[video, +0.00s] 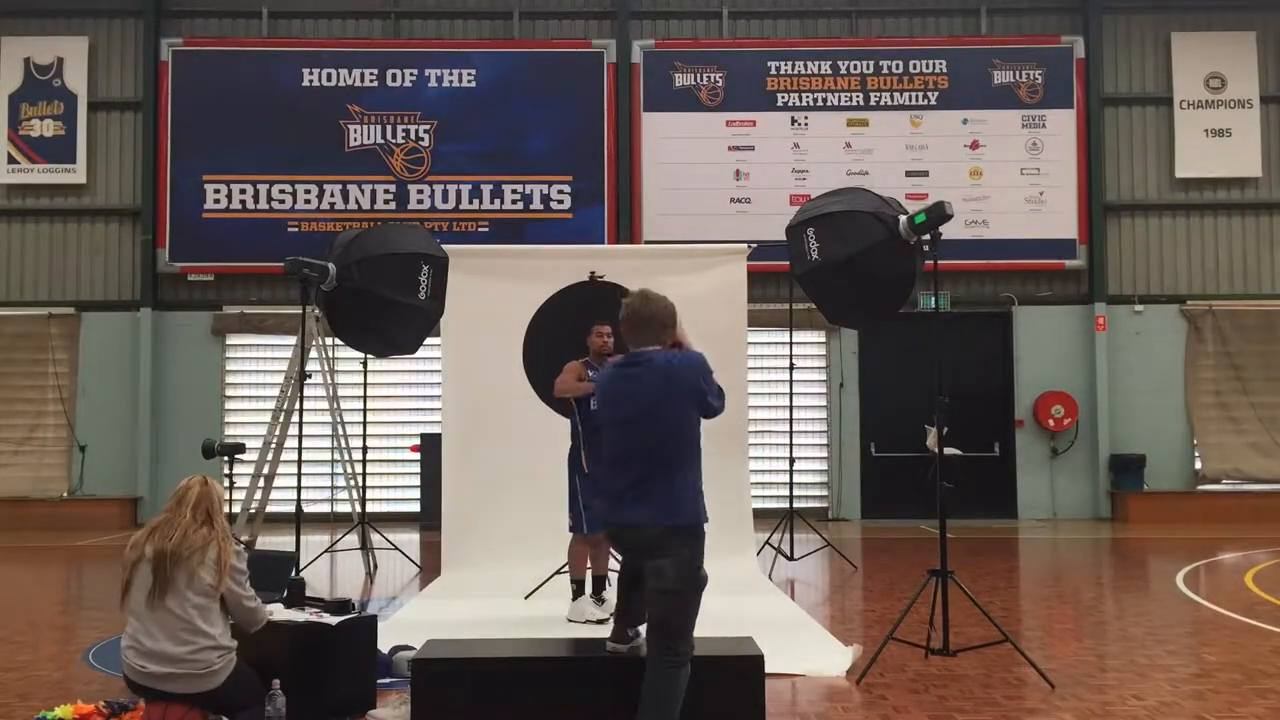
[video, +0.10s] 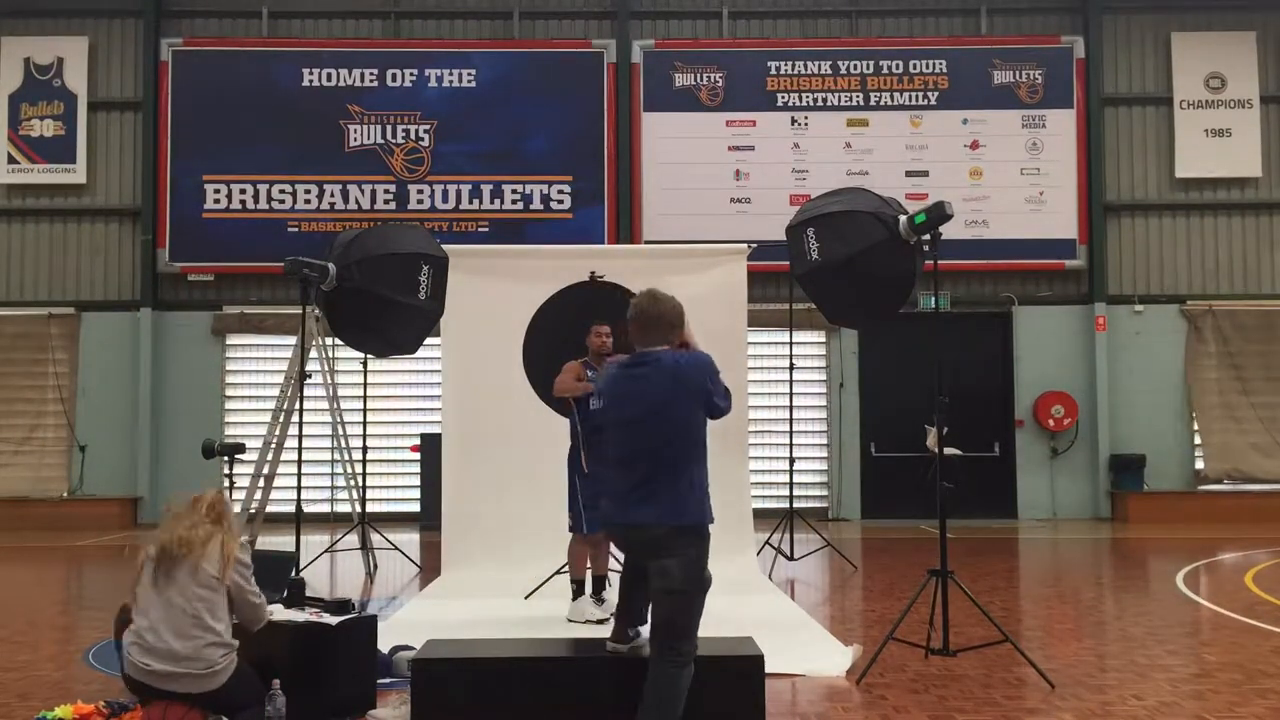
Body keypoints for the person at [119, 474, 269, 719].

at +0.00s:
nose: (224, 513)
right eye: (222, 507)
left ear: (175, 504)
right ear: (216, 510)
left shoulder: (142, 540)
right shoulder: (223, 548)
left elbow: (133, 603)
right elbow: (251, 618)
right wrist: (263, 612)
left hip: (139, 678)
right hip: (203, 681)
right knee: (254, 700)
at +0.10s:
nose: (233, 524)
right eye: (230, 518)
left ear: (187, 517)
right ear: (226, 520)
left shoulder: (156, 546)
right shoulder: (230, 550)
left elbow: (137, 605)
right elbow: (255, 618)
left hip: (141, 678)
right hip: (207, 682)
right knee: (253, 704)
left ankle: (153, 708)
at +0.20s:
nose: (223, 513)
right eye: (219, 507)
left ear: (171, 506)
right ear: (213, 510)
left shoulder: (141, 540)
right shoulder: (224, 547)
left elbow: (130, 608)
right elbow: (255, 617)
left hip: (140, 679)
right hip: (206, 682)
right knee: (254, 701)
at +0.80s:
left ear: (173, 509)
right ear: (218, 514)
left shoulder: (144, 543)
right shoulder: (226, 550)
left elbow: (130, 608)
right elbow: (253, 618)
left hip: (140, 679)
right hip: (205, 681)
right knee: (255, 703)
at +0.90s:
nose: (230, 515)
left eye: (227, 506)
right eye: (223, 506)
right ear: (210, 511)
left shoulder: (155, 538)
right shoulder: (219, 545)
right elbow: (252, 614)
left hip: (156, 672)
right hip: (209, 676)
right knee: (255, 704)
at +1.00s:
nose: (222, 513)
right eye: (219, 506)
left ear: (171, 505)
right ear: (212, 508)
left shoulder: (144, 542)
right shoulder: (222, 547)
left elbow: (134, 606)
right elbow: (252, 616)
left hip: (141, 678)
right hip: (205, 680)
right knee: (255, 703)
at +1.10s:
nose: (222, 515)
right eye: (220, 509)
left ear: (171, 507)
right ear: (212, 510)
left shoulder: (146, 540)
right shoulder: (223, 546)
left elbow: (134, 602)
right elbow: (252, 615)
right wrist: (261, 613)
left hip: (141, 678)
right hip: (205, 680)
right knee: (255, 702)